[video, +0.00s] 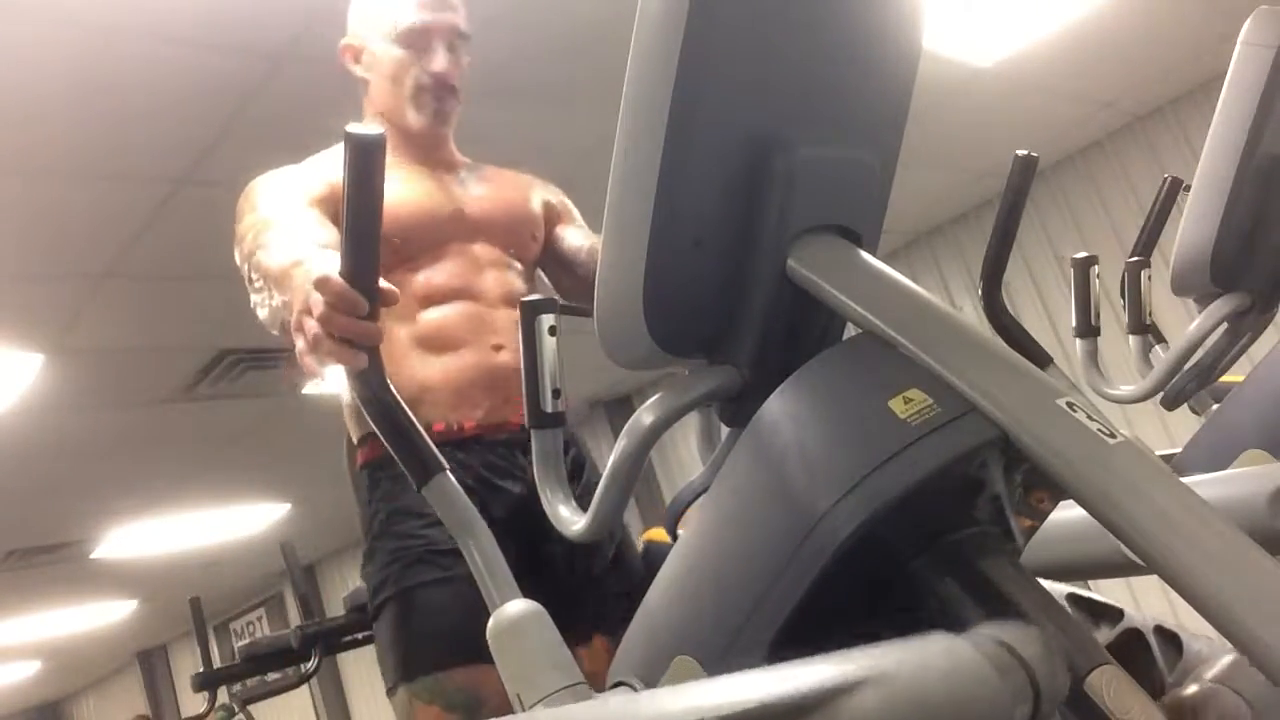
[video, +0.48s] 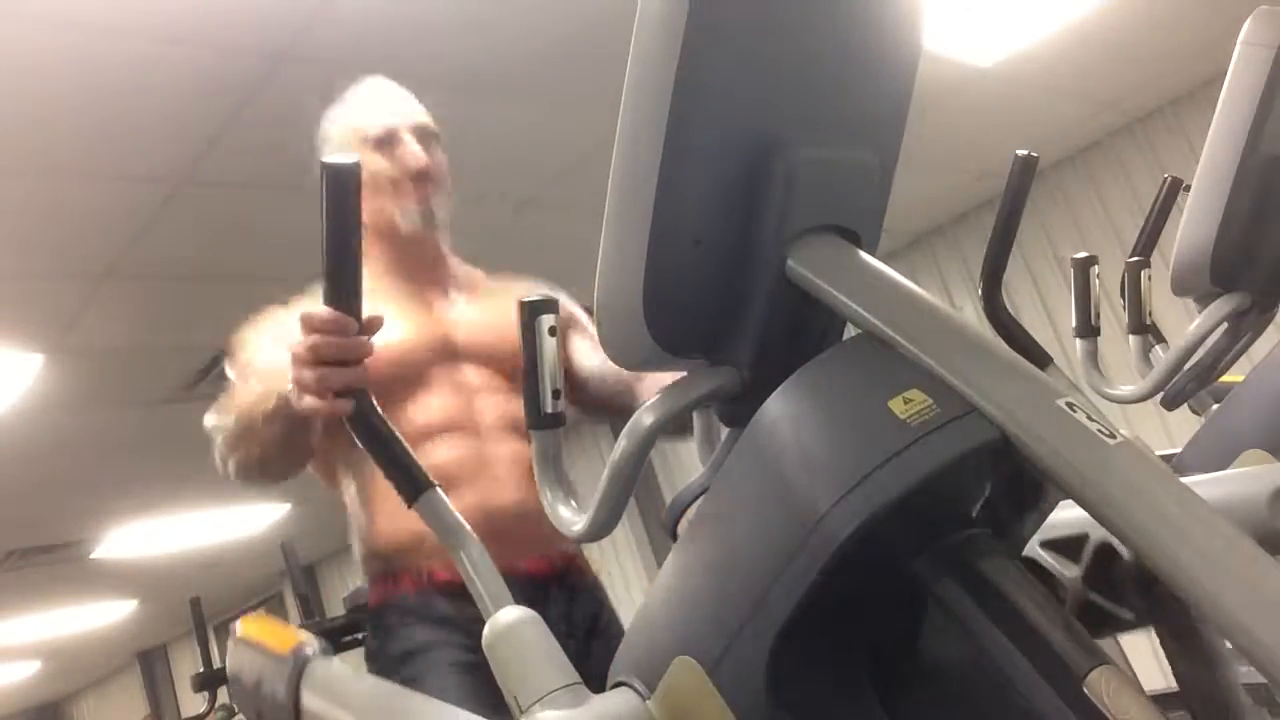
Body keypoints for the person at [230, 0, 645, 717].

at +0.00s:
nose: (443, 65)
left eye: (457, 46)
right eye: (416, 42)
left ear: (470, 61)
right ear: (356, 56)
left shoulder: (530, 195)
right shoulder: (299, 186)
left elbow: (620, 288)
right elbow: (279, 254)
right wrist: (307, 297)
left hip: (549, 455)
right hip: (418, 471)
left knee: (633, 681)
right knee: (457, 704)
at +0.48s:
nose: (417, 160)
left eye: (425, 137)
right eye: (385, 142)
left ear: (446, 157)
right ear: (341, 179)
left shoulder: (530, 303)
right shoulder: (296, 329)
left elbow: (628, 390)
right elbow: (247, 461)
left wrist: (736, 377)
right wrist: (298, 402)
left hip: (559, 588)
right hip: (423, 608)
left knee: (636, 712)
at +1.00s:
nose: (300, 114)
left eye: (306, 114)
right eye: (264, 118)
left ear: (332, 159)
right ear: (227, 190)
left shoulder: (442, 281)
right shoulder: (204, 306)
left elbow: (568, 361)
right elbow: (203, 452)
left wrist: (676, 342)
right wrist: (300, 388)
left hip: (508, 596)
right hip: (363, 634)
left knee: (669, 693)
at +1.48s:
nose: (310, 147)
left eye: (323, 145)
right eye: (284, 152)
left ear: (356, 177)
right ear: (255, 223)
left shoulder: (471, 289)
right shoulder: (238, 324)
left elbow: (592, 385)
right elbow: (227, 452)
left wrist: (708, 388)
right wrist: (301, 398)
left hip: (539, 590)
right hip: (403, 622)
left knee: (626, 711)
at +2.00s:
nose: (300, 107)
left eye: (305, 110)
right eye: (267, 116)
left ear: (332, 160)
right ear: (232, 186)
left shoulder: (443, 259)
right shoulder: (215, 287)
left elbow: (569, 343)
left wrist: (675, 342)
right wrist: (292, 394)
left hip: (513, 567)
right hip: (375, 607)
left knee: (677, 684)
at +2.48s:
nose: (328, 81)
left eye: (338, 80)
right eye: (294, 84)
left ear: (368, 125)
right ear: (259, 157)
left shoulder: (494, 243)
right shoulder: (234, 276)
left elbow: (619, 354)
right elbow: (214, 445)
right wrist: (295, 412)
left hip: (543, 555)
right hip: (405, 584)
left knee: (659, 706)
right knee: (466, 716)